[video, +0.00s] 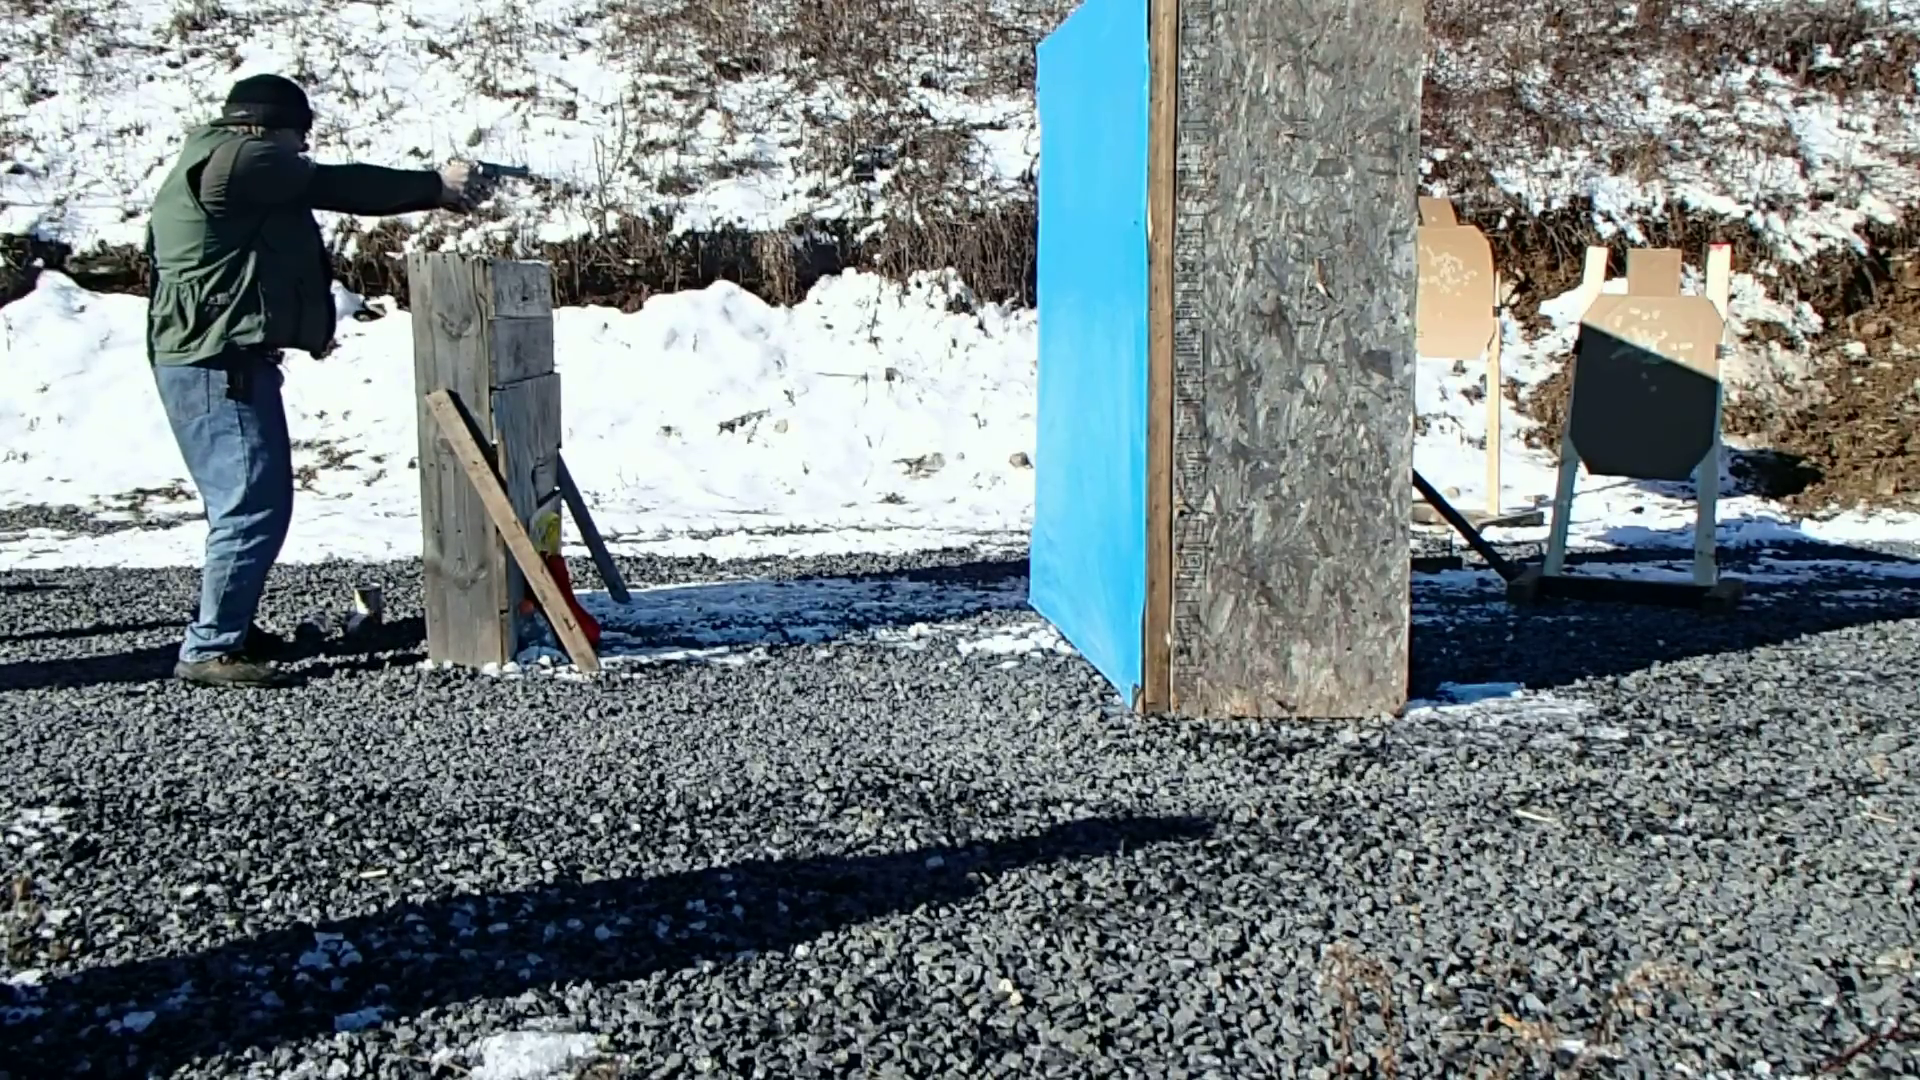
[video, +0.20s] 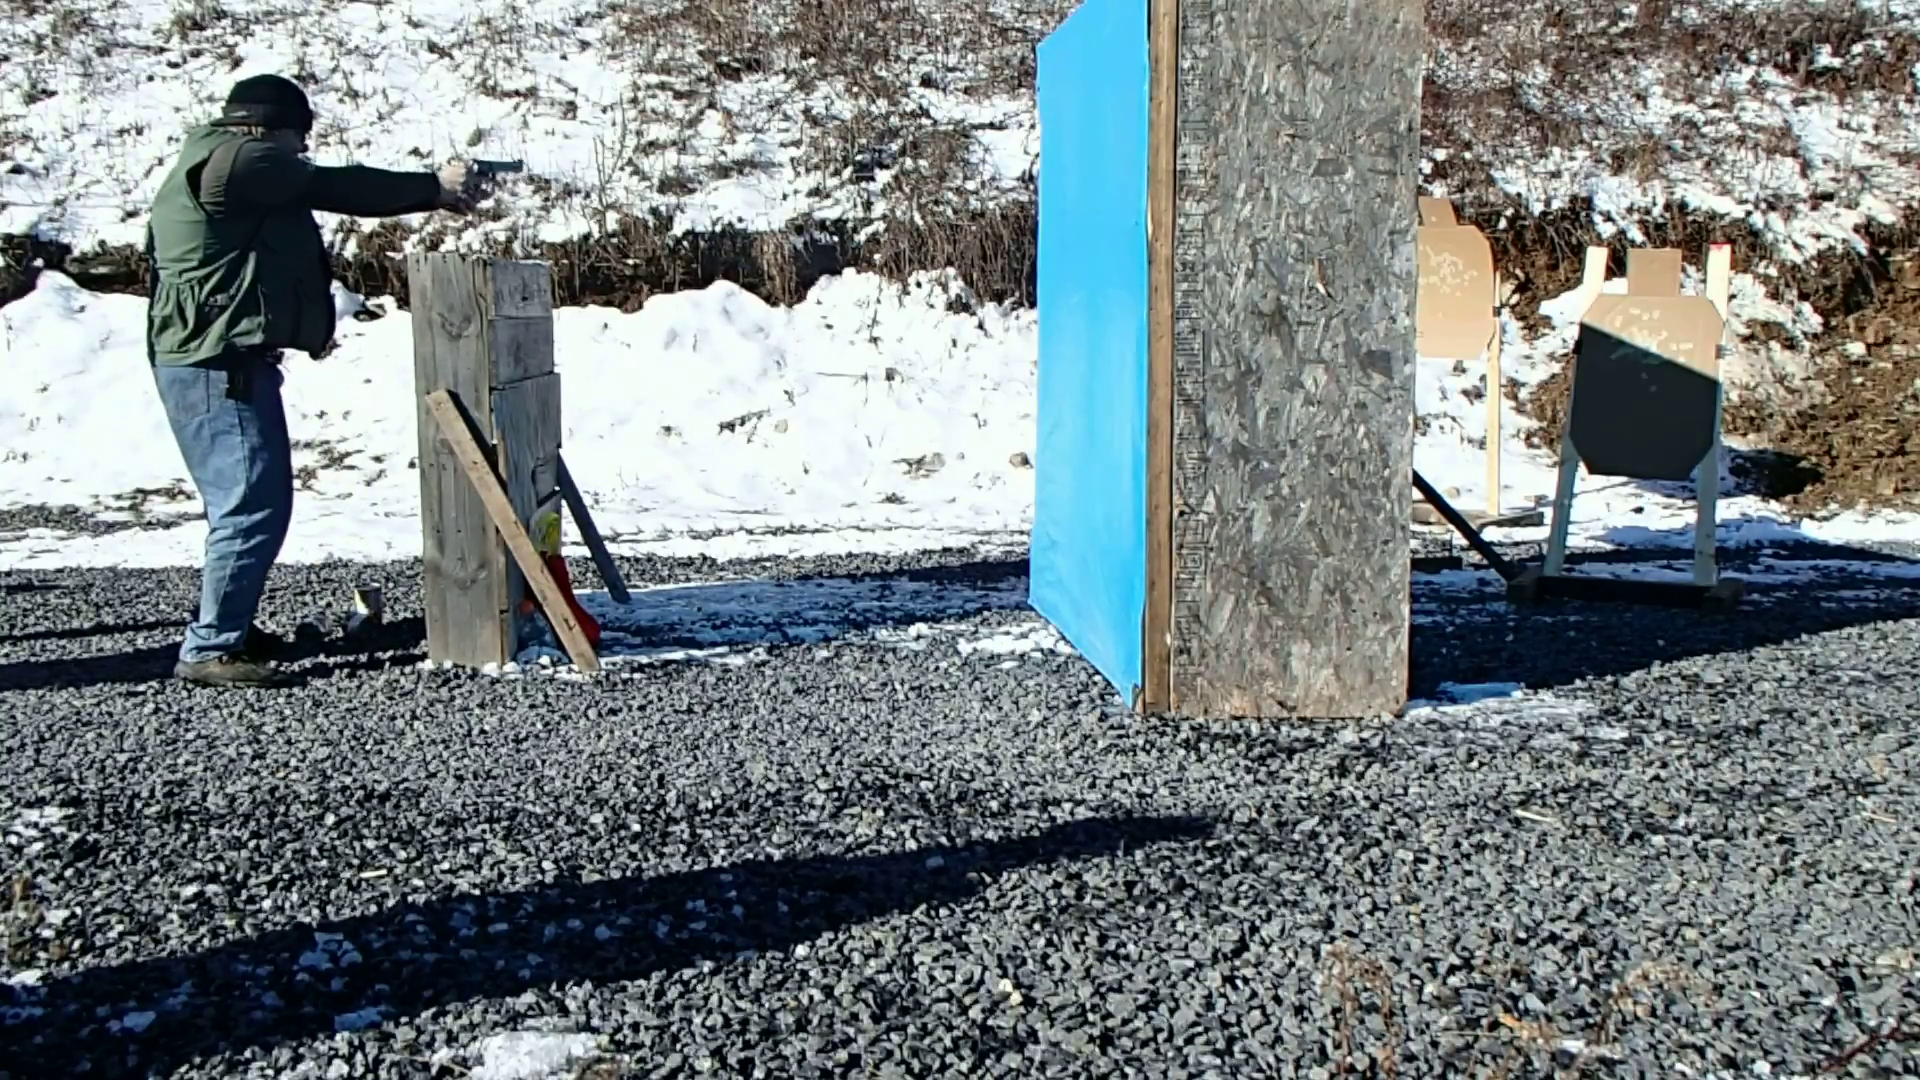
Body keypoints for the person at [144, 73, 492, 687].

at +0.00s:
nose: (303, 148)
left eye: (303, 138)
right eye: (298, 136)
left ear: (243, 118)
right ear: (271, 126)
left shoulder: (209, 159)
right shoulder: (240, 160)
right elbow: (344, 185)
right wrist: (438, 183)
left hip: (221, 359)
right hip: (220, 362)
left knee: (253, 500)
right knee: (252, 502)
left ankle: (230, 630)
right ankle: (212, 646)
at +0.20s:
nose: (303, 150)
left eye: (303, 139)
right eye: (298, 137)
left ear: (245, 118)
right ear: (272, 126)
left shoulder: (212, 158)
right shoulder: (237, 160)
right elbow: (340, 187)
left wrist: (433, 190)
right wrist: (437, 186)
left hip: (221, 359)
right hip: (218, 363)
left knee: (254, 502)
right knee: (251, 504)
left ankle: (230, 630)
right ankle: (211, 647)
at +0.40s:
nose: (306, 158)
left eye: (307, 146)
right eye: (302, 144)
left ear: (258, 133)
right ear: (268, 136)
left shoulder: (240, 172)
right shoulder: (220, 165)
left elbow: (325, 238)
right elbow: (302, 214)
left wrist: (398, 204)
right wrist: (397, 197)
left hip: (222, 362)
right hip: (201, 363)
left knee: (233, 504)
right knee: (269, 488)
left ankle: (208, 631)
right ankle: (219, 639)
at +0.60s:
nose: (316, 183)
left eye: (320, 171)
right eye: (308, 171)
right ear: (268, 165)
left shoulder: (297, 226)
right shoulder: (205, 202)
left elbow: (327, 322)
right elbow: (222, 282)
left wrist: (337, 278)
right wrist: (316, 255)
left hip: (256, 389)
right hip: (200, 385)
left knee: (265, 501)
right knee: (282, 488)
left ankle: (203, 633)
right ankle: (221, 639)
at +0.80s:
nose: (335, 165)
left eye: (337, 154)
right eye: (325, 154)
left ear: (326, 154)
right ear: (280, 156)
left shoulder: (336, 215)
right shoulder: (218, 205)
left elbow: (361, 316)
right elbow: (242, 286)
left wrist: (382, 285)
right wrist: (348, 266)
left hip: (303, 401)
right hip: (227, 399)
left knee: (320, 526)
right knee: (272, 531)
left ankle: (221, 596)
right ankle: (225, 669)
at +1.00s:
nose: (383, 147)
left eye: (385, 135)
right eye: (371, 136)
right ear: (325, 140)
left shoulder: (378, 198)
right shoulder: (276, 192)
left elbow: (414, 281)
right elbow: (330, 271)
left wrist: (456, 258)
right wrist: (435, 255)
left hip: (360, 401)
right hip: (281, 402)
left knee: (411, 512)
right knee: (300, 543)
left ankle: (386, 662)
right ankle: (234, 665)